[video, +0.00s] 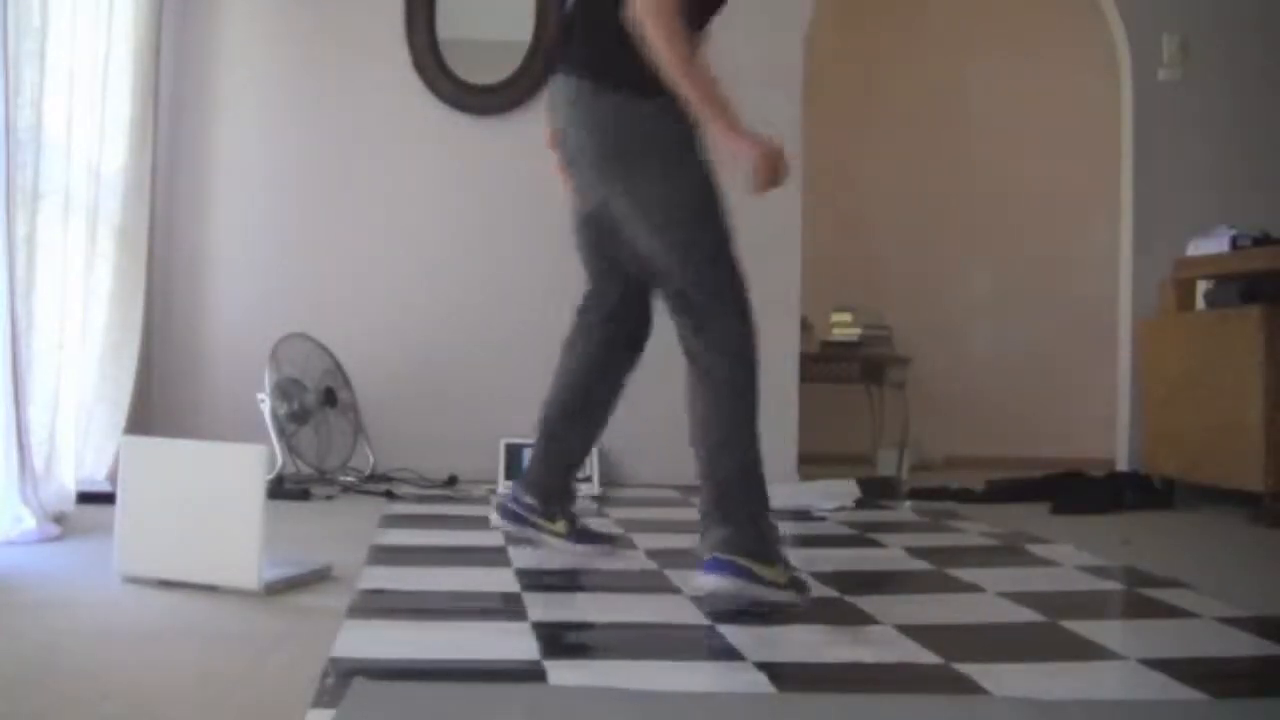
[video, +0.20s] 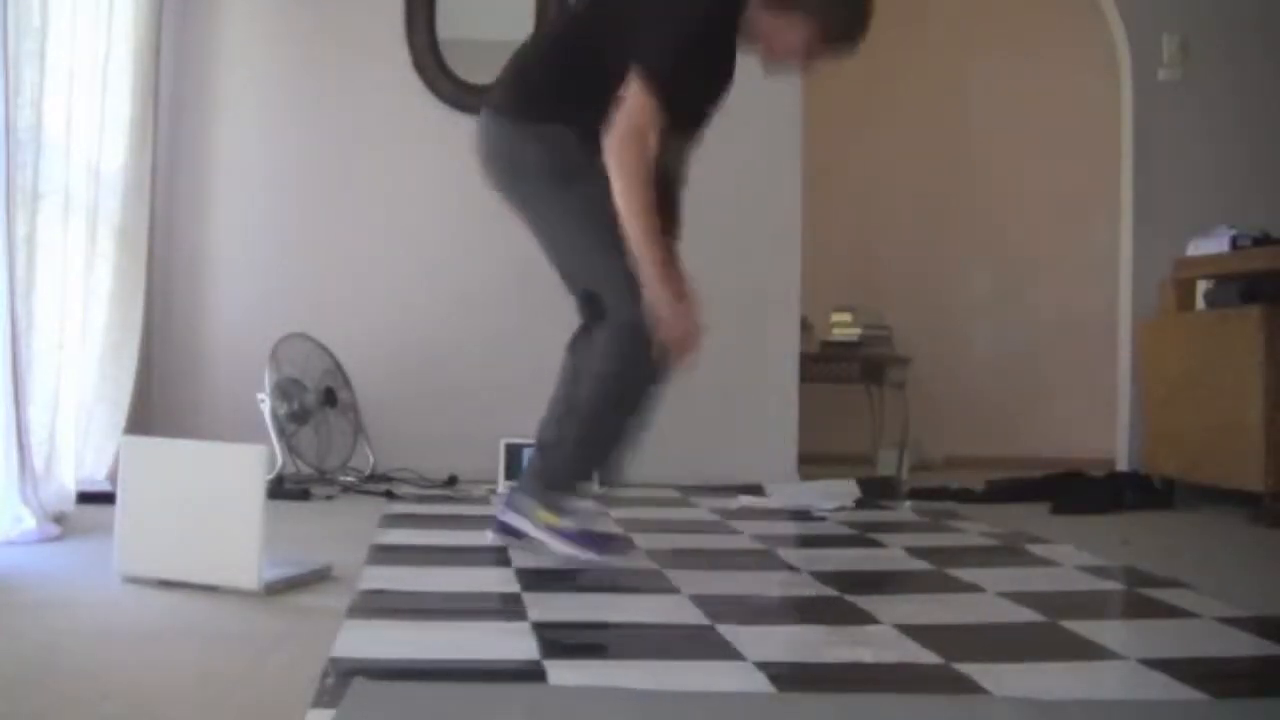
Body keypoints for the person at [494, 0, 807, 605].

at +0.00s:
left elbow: (573, 18)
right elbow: (649, 10)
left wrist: (565, 116)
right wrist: (730, 130)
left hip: (588, 94)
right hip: (631, 105)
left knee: (616, 310)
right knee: (718, 319)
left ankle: (539, 495)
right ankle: (739, 544)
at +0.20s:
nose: (803, 62)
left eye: (817, 56)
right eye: (814, 47)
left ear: (785, 9)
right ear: (794, 12)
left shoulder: (713, 33)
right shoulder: (699, 22)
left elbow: (663, 157)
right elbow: (624, 140)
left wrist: (667, 279)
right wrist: (659, 283)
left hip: (566, 137)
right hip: (533, 133)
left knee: (630, 317)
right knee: (629, 316)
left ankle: (556, 487)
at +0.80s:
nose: (758, 287)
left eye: (767, 276)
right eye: (762, 271)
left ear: (733, 243)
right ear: (736, 247)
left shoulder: (687, 265)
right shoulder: (640, 239)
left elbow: (670, 384)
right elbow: (595, 395)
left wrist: (690, 509)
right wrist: (641, 530)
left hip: (538, 310)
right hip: (479, 310)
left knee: (679, 374)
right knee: (644, 395)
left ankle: (551, 501)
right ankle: (477, 494)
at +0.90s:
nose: (746, 264)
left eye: (753, 251)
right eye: (745, 246)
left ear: (710, 218)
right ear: (713, 222)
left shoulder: (675, 263)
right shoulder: (616, 243)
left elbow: (657, 381)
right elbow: (584, 399)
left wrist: (691, 509)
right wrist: (641, 529)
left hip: (556, 359)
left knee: (708, 385)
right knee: (663, 434)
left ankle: (565, 493)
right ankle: (487, 488)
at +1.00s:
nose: (730, 250)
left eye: (736, 236)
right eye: (727, 233)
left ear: (691, 213)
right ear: (695, 215)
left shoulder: (665, 262)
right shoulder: (601, 246)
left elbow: (651, 379)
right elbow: (575, 402)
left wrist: (691, 507)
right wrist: (640, 528)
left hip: (568, 379)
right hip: (498, 393)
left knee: (718, 396)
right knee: (669, 454)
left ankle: (567, 493)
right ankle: (492, 487)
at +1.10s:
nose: (712, 237)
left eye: (716, 222)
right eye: (707, 220)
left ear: (674, 209)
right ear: (674, 206)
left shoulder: (653, 260)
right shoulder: (582, 248)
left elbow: (645, 377)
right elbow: (566, 404)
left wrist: (693, 507)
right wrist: (641, 529)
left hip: (581, 390)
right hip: (501, 410)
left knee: (720, 401)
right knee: (672, 461)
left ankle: (568, 496)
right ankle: (495, 488)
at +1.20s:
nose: (707, 231)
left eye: (712, 216)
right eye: (703, 214)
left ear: (669, 203)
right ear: (670, 202)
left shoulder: (652, 256)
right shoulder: (579, 244)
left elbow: (647, 379)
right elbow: (566, 400)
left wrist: (701, 504)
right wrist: (644, 521)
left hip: (580, 389)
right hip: (501, 408)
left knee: (720, 404)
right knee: (670, 460)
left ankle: (569, 495)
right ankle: (494, 489)